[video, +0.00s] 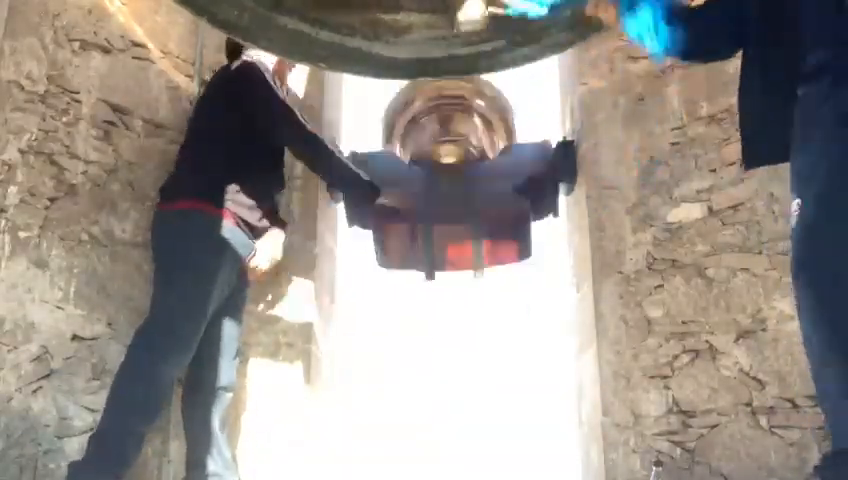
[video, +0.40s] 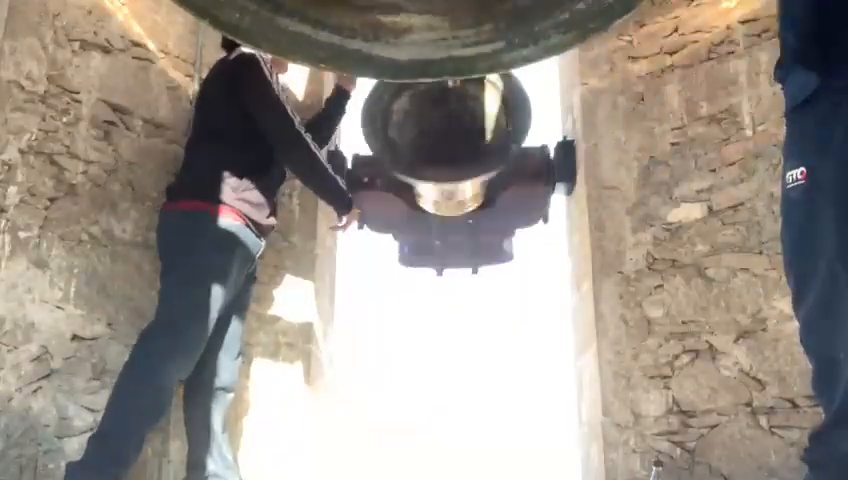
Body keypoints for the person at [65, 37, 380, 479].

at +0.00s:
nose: (297, 71)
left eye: (302, 62)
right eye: (294, 58)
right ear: (272, 48)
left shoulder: (264, 98)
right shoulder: (246, 76)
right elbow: (300, 138)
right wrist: (360, 192)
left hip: (233, 244)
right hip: (203, 227)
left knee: (216, 384)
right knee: (161, 357)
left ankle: (213, 472)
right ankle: (98, 469)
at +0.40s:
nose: (290, 53)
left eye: (294, 46)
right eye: (286, 41)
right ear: (264, 35)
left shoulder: (271, 91)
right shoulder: (244, 65)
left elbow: (307, 144)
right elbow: (287, 137)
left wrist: (342, 93)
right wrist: (343, 200)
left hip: (242, 238)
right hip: (208, 224)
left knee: (218, 377)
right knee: (173, 351)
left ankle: (215, 472)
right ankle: (97, 470)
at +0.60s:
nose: (313, 66)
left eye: (316, 57)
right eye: (311, 55)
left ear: (287, 52)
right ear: (288, 46)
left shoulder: (277, 96)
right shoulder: (256, 70)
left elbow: (311, 152)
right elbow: (288, 147)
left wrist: (379, 151)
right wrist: (356, 181)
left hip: (243, 244)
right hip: (208, 228)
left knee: (219, 383)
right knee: (174, 354)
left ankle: (215, 472)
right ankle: (97, 469)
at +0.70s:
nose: (315, 75)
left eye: (317, 69)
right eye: (314, 65)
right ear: (294, 52)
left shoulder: (279, 113)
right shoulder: (257, 71)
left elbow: (319, 171)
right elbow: (301, 142)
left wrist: (388, 195)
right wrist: (371, 143)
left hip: (238, 247)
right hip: (203, 226)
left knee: (218, 383)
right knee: (173, 354)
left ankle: (214, 474)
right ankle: (95, 471)